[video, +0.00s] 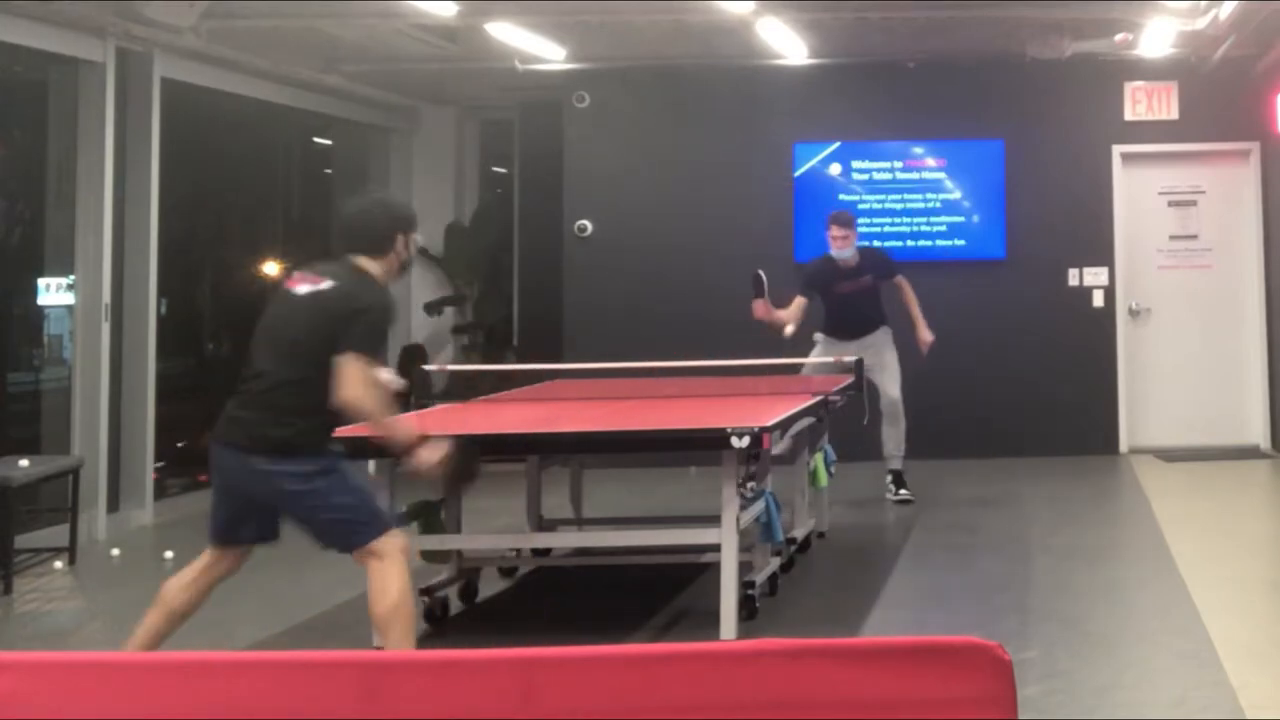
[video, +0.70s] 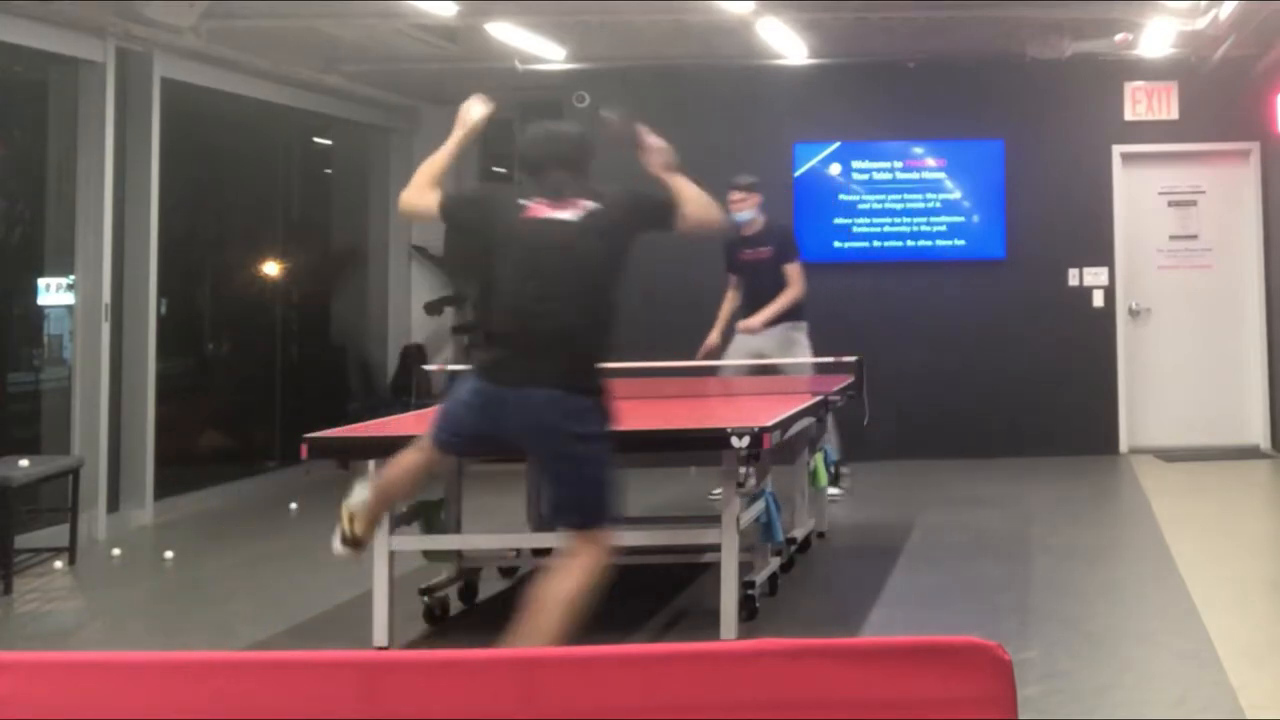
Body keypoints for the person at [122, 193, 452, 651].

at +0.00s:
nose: (412, 252)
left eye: (412, 240)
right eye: (410, 241)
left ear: (352, 238)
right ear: (395, 243)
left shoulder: (303, 278)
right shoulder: (368, 295)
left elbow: (295, 359)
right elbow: (351, 392)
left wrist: (365, 373)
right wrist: (408, 439)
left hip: (235, 450)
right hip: (295, 457)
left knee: (223, 555)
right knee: (387, 549)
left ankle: (127, 659)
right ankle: (404, 685)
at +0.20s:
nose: (438, 302)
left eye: (439, 292)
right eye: (436, 292)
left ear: (381, 287)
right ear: (416, 295)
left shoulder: (341, 314)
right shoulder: (357, 341)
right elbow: (335, 434)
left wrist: (418, 333)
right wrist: (377, 495)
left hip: (239, 483)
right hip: (277, 489)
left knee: (212, 587)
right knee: (394, 555)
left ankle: (117, 669)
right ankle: (378, 681)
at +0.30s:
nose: (495, 285)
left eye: (493, 275)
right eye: (489, 278)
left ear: (434, 275)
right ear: (464, 289)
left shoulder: (379, 293)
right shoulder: (423, 343)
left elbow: (324, 289)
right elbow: (473, 441)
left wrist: (365, 262)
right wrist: (533, 454)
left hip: (266, 460)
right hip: (310, 477)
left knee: (207, 561)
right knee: (416, 560)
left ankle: (117, 660)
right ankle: (372, 688)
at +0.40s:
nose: (525, 275)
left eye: (525, 264)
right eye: (522, 265)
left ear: (462, 251)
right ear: (498, 266)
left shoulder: (406, 278)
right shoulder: (485, 330)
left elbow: (339, 285)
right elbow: (576, 376)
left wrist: (355, 252)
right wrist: (662, 384)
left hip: (302, 445)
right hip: (356, 466)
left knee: (251, 526)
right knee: (440, 571)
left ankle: (175, 616)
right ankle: (376, 677)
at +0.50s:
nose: (553, 207)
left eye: (549, 197)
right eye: (550, 199)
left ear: (479, 198)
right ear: (536, 207)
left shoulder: (440, 243)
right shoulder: (542, 267)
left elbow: (387, 255)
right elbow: (626, 290)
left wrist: (430, 210)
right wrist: (690, 291)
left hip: (364, 417)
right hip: (424, 443)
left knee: (317, 485)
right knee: (443, 566)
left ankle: (267, 561)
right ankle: (377, 672)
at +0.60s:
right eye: (554, 165)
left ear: (493, 172)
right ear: (554, 171)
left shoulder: (467, 209)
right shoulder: (573, 214)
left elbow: (416, 200)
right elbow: (659, 226)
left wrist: (469, 143)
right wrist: (649, 182)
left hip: (431, 383)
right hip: (497, 401)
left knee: (383, 453)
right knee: (486, 547)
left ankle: (332, 520)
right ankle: (418, 662)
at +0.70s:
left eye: (550, 161)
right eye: (567, 160)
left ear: (526, 168)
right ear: (585, 168)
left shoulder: (492, 209)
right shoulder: (614, 215)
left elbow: (412, 199)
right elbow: (710, 218)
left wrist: (458, 135)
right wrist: (667, 172)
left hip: (490, 392)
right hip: (567, 403)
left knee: (430, 449)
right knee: (587, 543)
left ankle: (361, 518)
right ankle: (514, 667)